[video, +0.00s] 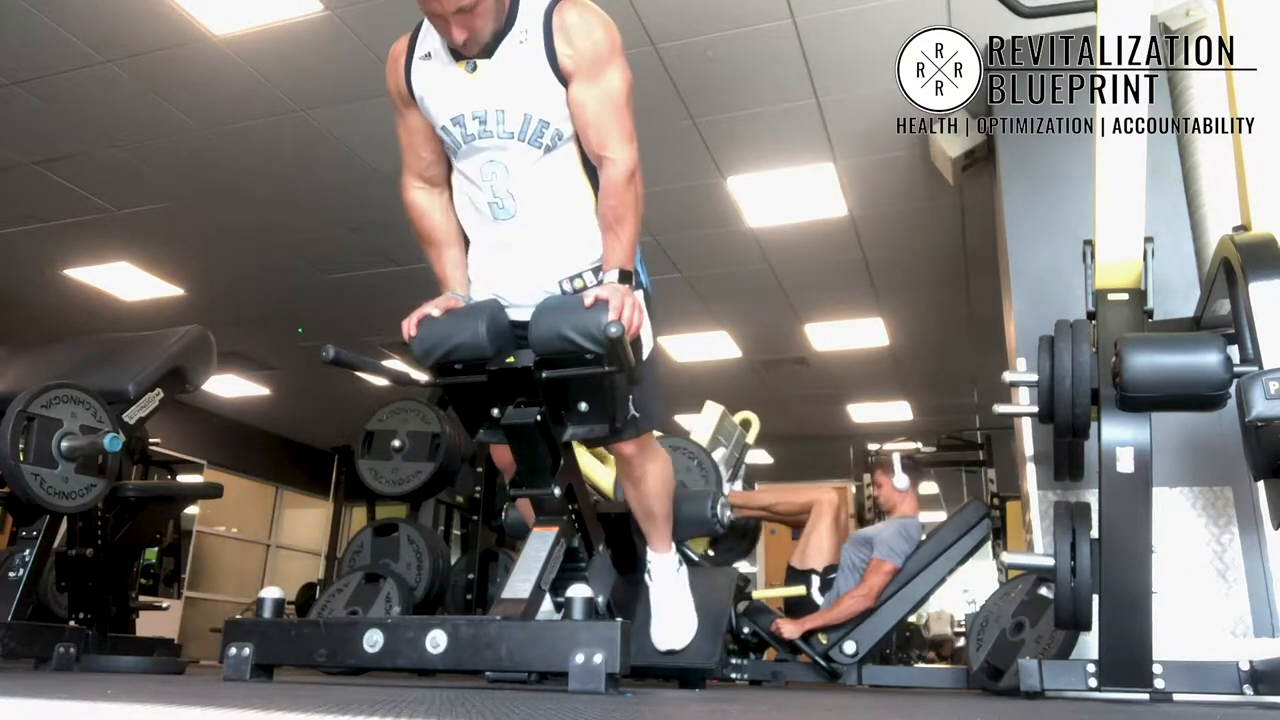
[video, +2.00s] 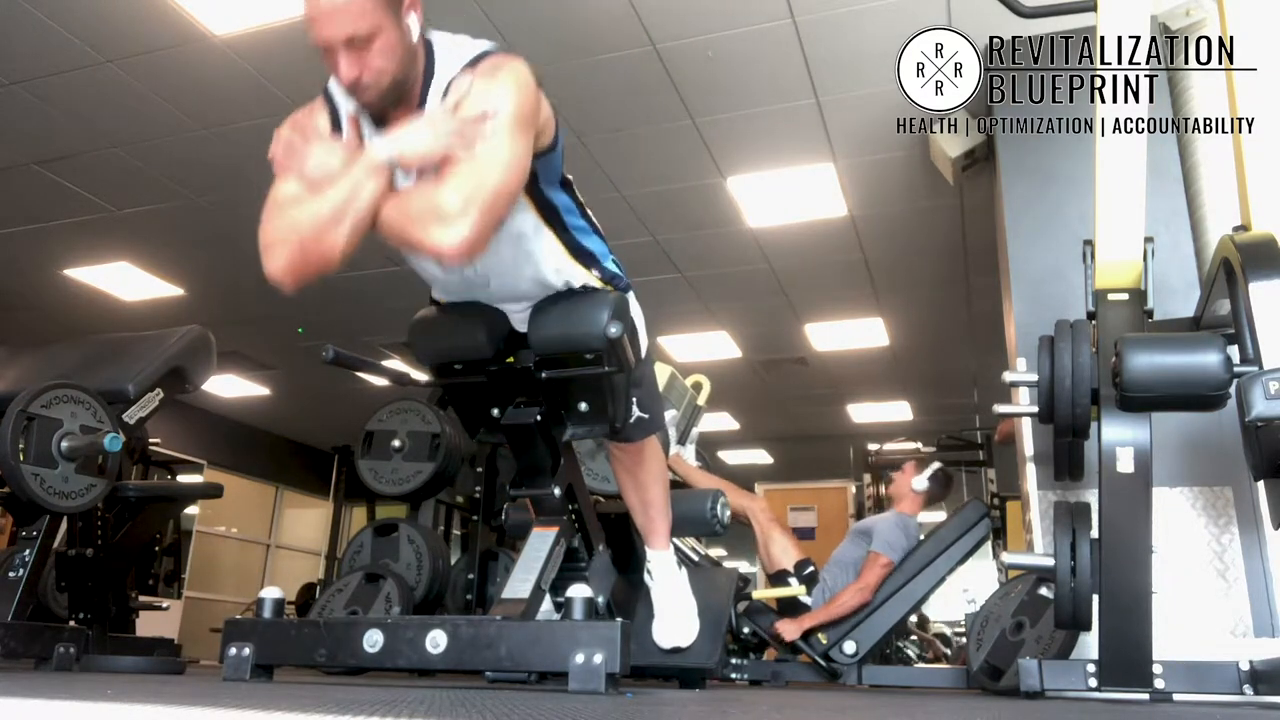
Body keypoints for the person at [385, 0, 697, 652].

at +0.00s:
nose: (454, 31)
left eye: (466, 10)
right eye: (438, 16)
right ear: (420, 7)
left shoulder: (574, 27)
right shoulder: (409, 61)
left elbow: (617, 160)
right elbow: (424, 180)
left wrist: (618, 277)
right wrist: (453, 287)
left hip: (588, 277)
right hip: (491, 292)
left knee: (630, 437)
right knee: (503, 444)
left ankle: (663, 566)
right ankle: (553, 552)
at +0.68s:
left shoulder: (559, 30)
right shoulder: (388, 58)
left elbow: (642, 143)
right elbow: (363, 173)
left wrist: (583, 235)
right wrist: (389, 267)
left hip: (572, 288)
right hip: (472, 297)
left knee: (621, 418)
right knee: (503, 430)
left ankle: (658, 562)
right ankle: (546, 536)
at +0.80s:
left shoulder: (556, 25)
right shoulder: (386, 52)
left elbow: (599, 128)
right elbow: (333, 157)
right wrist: (375, 199)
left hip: (573, 286)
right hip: (471, 295)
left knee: (624, 421)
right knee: (508, 435)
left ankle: (659, 561)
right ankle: (546, 538)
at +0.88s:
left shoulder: (551, 17)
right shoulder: (383, 48)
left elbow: (560, 110)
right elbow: (325, 155)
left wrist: (449, 115)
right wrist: (388, 138)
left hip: (572, 283)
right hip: (471, 299)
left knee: (626, 423)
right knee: (509, 440)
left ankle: (659, 561)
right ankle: (545, 543)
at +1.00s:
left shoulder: (553, 10)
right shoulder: (394, 40)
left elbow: (493, 83)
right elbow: (327, 114)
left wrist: (387, 60)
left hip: (577, 284)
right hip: (476, 302)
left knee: (627, 423)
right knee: (514, 443)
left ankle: (659, 559)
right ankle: (545, 548)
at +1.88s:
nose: (364, 12)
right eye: (353, 2)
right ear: (344, 10)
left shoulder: (513, 41)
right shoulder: (349, 70)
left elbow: (454, 155)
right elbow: (285, 184)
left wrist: (337, 111)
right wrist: (394, 82)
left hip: (575, 291)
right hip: (475, 307)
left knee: (628, 422)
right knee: (519, 443)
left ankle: (660, 563)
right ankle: (553, 541)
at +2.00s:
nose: (345, 72)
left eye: (361, 44)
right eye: (327, 53)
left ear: (411, 18)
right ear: (315, 46)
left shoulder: (497, 83)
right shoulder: (318, 125)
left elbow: (453, 231)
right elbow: (284, 264)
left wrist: (332, 178)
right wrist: (386, 154)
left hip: (572, 292)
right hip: (469, 310)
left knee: (626, 414)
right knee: (507, 440)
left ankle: (660, 565)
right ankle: (553, 537)